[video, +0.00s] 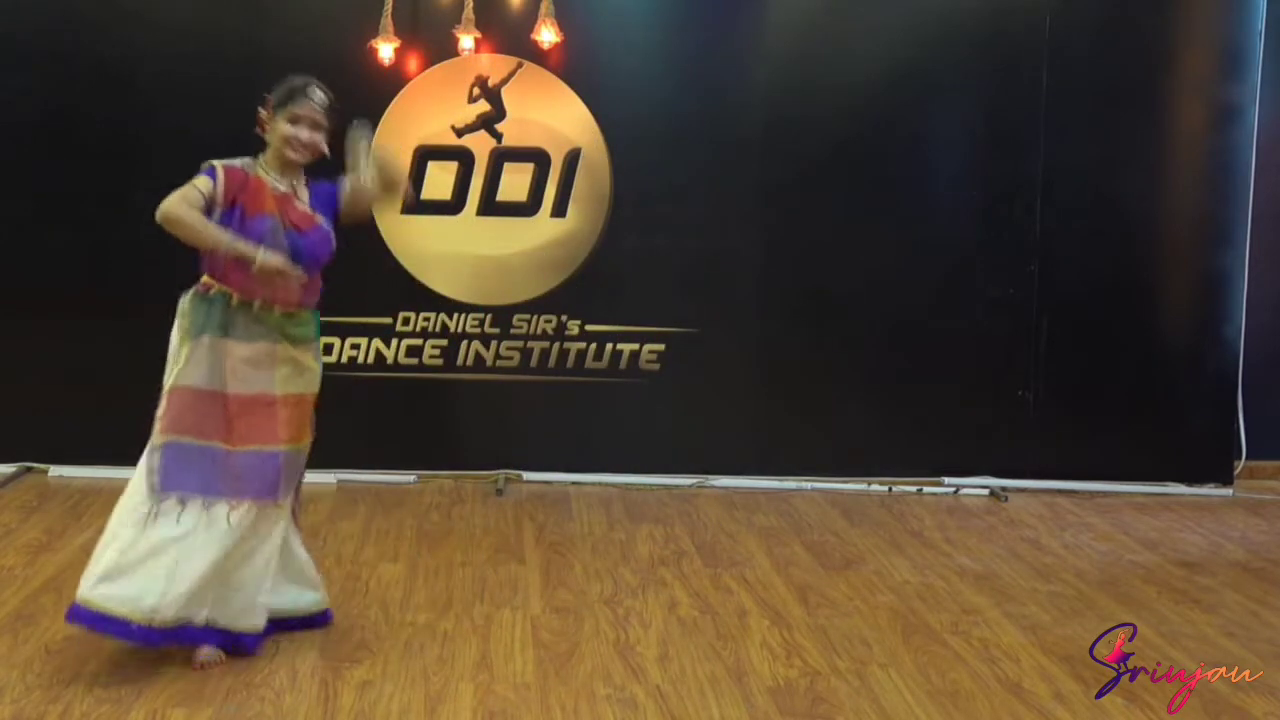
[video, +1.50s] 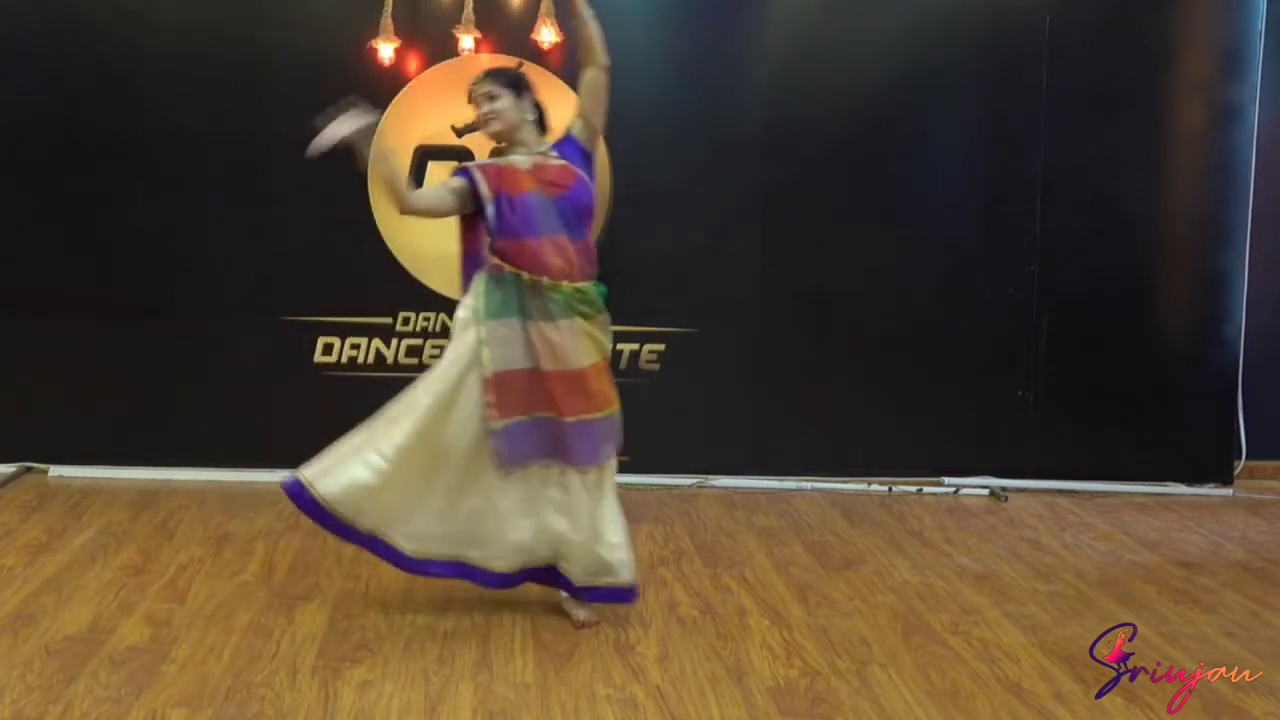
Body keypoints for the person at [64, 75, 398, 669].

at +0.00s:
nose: (307, 134)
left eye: (318, 127)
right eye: (297, 121)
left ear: (326, 138)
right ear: (267, 121)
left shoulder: (323, 194)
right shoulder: (231, 176)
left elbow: (380, 191)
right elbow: (172, 211)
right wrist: (254, 254)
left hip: (286, 350)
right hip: (220, 344)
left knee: (267, 481)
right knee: (218, 480)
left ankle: (243, 608)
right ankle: (205, 617)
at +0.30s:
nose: (268, 114)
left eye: (279, 104)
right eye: (256, 105)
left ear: (297, 115)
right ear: (240, 118)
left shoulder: (319, 165)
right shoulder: (230, 184)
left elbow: (369, 92)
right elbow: (235, 241)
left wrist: (394, 27)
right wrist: (314, 243)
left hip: (315, 323)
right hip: (249, 326)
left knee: (338, 449)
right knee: (254, 455)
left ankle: (337, 588)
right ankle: (235, 587)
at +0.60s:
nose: (379, 119)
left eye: (375, 110)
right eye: (371, 111)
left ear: (323, 125)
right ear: (343, 122)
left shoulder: (294, 174)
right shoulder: (388, 197)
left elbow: (269, 90)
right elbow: (444, 247)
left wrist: (270, 19)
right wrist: (397, 236)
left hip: (303, 327)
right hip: (368, 331)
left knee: (301, 451)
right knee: (379, 453)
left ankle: (278, 589)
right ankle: (294, 545)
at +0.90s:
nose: (355, 125)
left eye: (363, 114)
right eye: (352, 114)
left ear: (399, 111)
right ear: (358, 118)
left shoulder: (424, 169)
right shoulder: (356, 184)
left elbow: (419, 83)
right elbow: (353, 254)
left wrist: (387, 20)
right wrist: (316, 272)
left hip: (416, 321)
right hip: (360, 322)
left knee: (394, 450)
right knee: (363, 446)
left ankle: (358, 577)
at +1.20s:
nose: (419, 140)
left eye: (428, 126)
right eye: (412, 131)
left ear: (460, 124)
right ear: (411, 138)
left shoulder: (501, 178)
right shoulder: (408, 204)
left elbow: (519, 88)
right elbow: (379, 280)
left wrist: (490, 18)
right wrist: (340, 348)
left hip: (496, 333)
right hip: (425, 336)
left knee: (521, 456)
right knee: (417, 455)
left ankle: (571, 577)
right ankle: (416, 569)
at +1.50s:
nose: (477, 112)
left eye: (487, 100)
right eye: (474, 104)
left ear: (524, 101)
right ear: (489, 114)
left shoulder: (573, 156)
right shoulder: (485, 177)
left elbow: (597, 64)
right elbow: (411, 200)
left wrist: (570, 1)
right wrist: (365, 139)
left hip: (574, 318)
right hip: (506, 320)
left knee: (579, 449)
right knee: (433, 421)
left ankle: (580, 584)